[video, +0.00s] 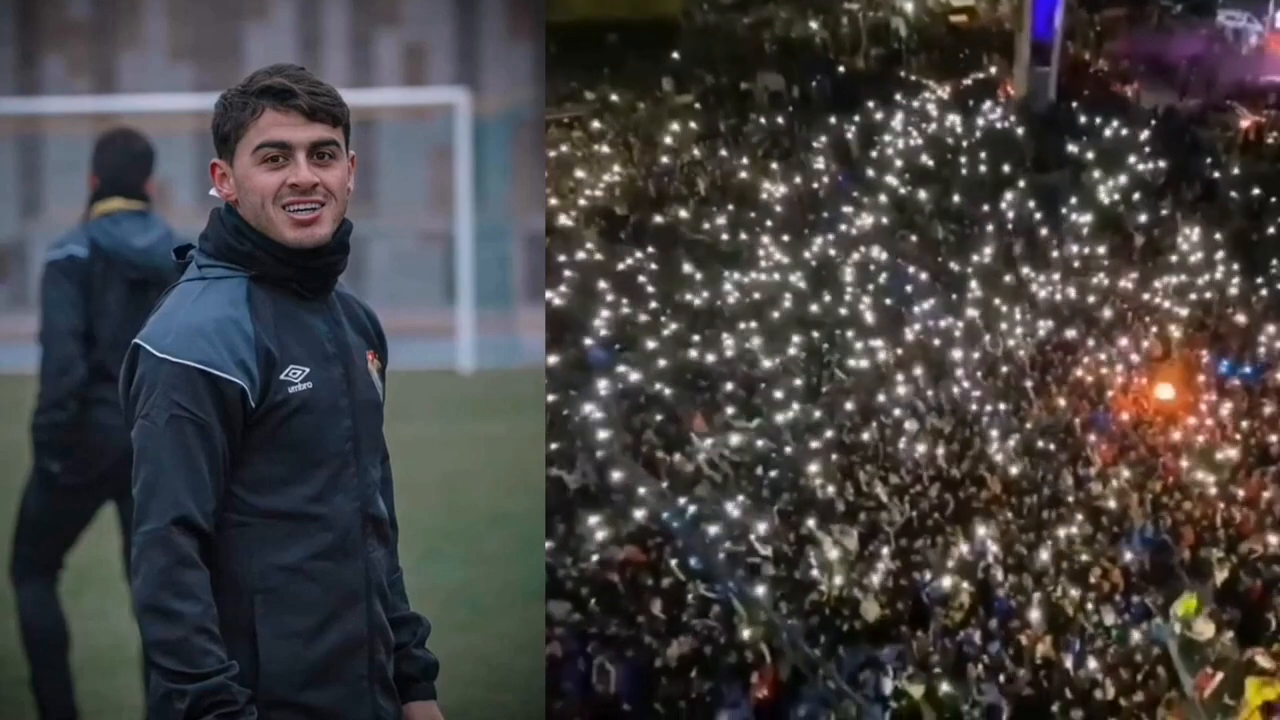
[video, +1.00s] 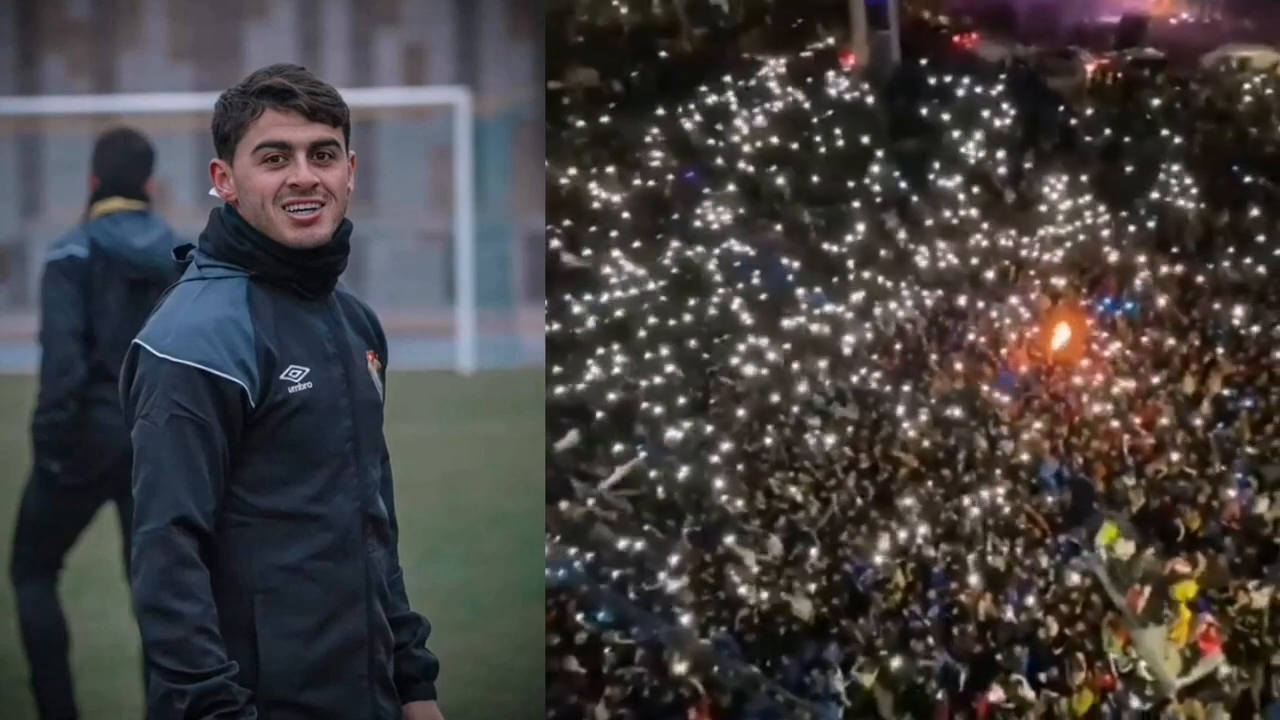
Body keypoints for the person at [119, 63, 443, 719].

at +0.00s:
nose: (305, 178)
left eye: (322, 155)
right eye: (274, 158)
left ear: (349, 171)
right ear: (226, 182)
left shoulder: (356, 323)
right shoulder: (195, 334)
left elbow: (372, 525)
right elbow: (164, 550)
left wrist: (414, 684)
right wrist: (213, 705)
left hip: (365, 690)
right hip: (260, 691)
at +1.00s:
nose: (304, 178)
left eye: (322, 155)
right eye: (274, 158)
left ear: (350, 171)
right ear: (226, 182)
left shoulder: (356, 323)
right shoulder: (195, 334)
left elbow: (372, 525)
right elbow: (164, 550)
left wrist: (414, 685)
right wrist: (213, 705)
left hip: (365, 690)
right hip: (259, 691)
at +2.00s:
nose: (304, 179)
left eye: (322, 155)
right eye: (274, 158)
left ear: (350, 171)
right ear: (226, 182)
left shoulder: (356, 323)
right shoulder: (195, 334)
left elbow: (372, 525)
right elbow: (164, 550)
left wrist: (414, 684)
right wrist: (213, 705)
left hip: (365, 690)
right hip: (259, 691)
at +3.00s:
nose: (305, 178)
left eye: (322, 155)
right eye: (274, 158)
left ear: (349, 171)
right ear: (226, 182)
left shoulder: (356, 323)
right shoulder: (195, 334)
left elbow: (372, 525)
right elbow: (164, 550)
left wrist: (414, 684)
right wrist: (213, 705)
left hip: (365, 690)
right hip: (260, 691)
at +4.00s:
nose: (305, 178)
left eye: (322, 155)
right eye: (274, 158)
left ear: (349, 171)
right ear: (226, 182)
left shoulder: (356, 323)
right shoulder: (195, 334)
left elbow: (372, 525)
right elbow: (164, 550)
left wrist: (414, 684)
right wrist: (213, 705)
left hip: (365, 690)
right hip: (260, 691)